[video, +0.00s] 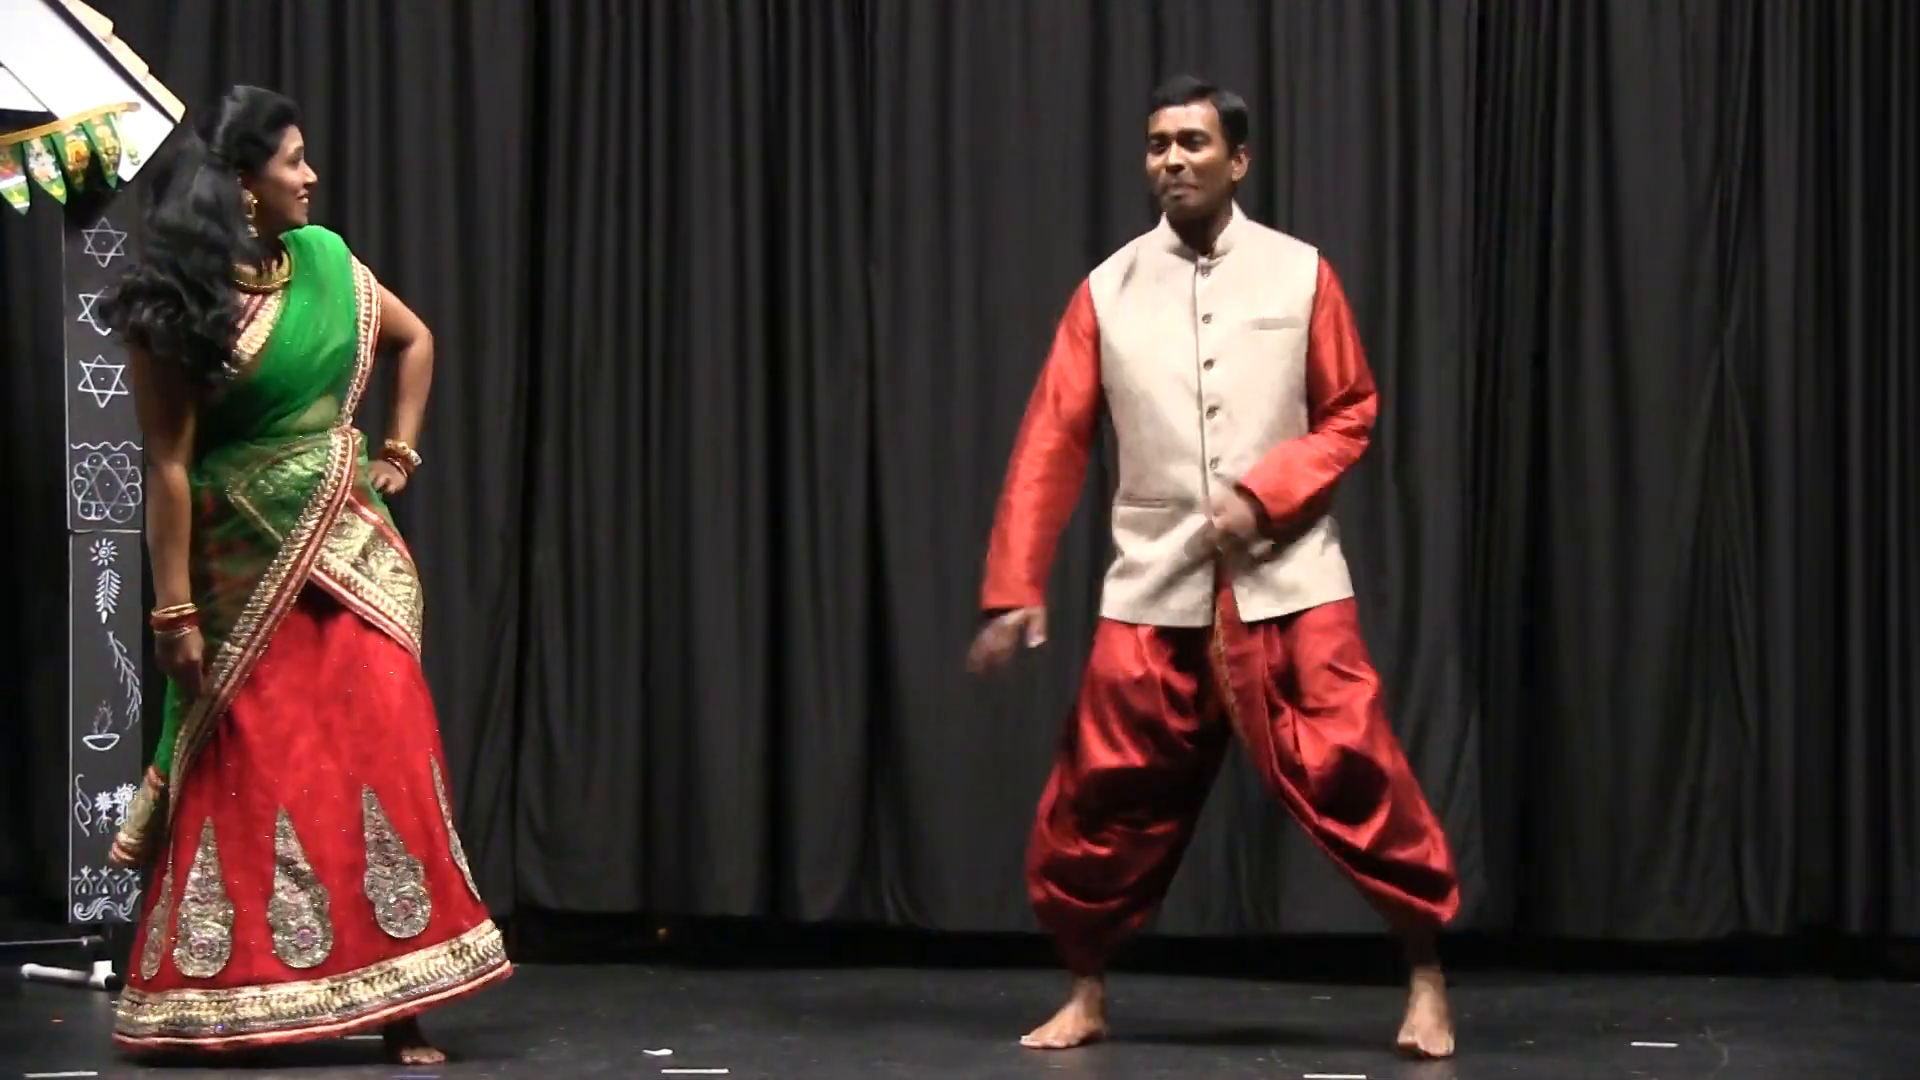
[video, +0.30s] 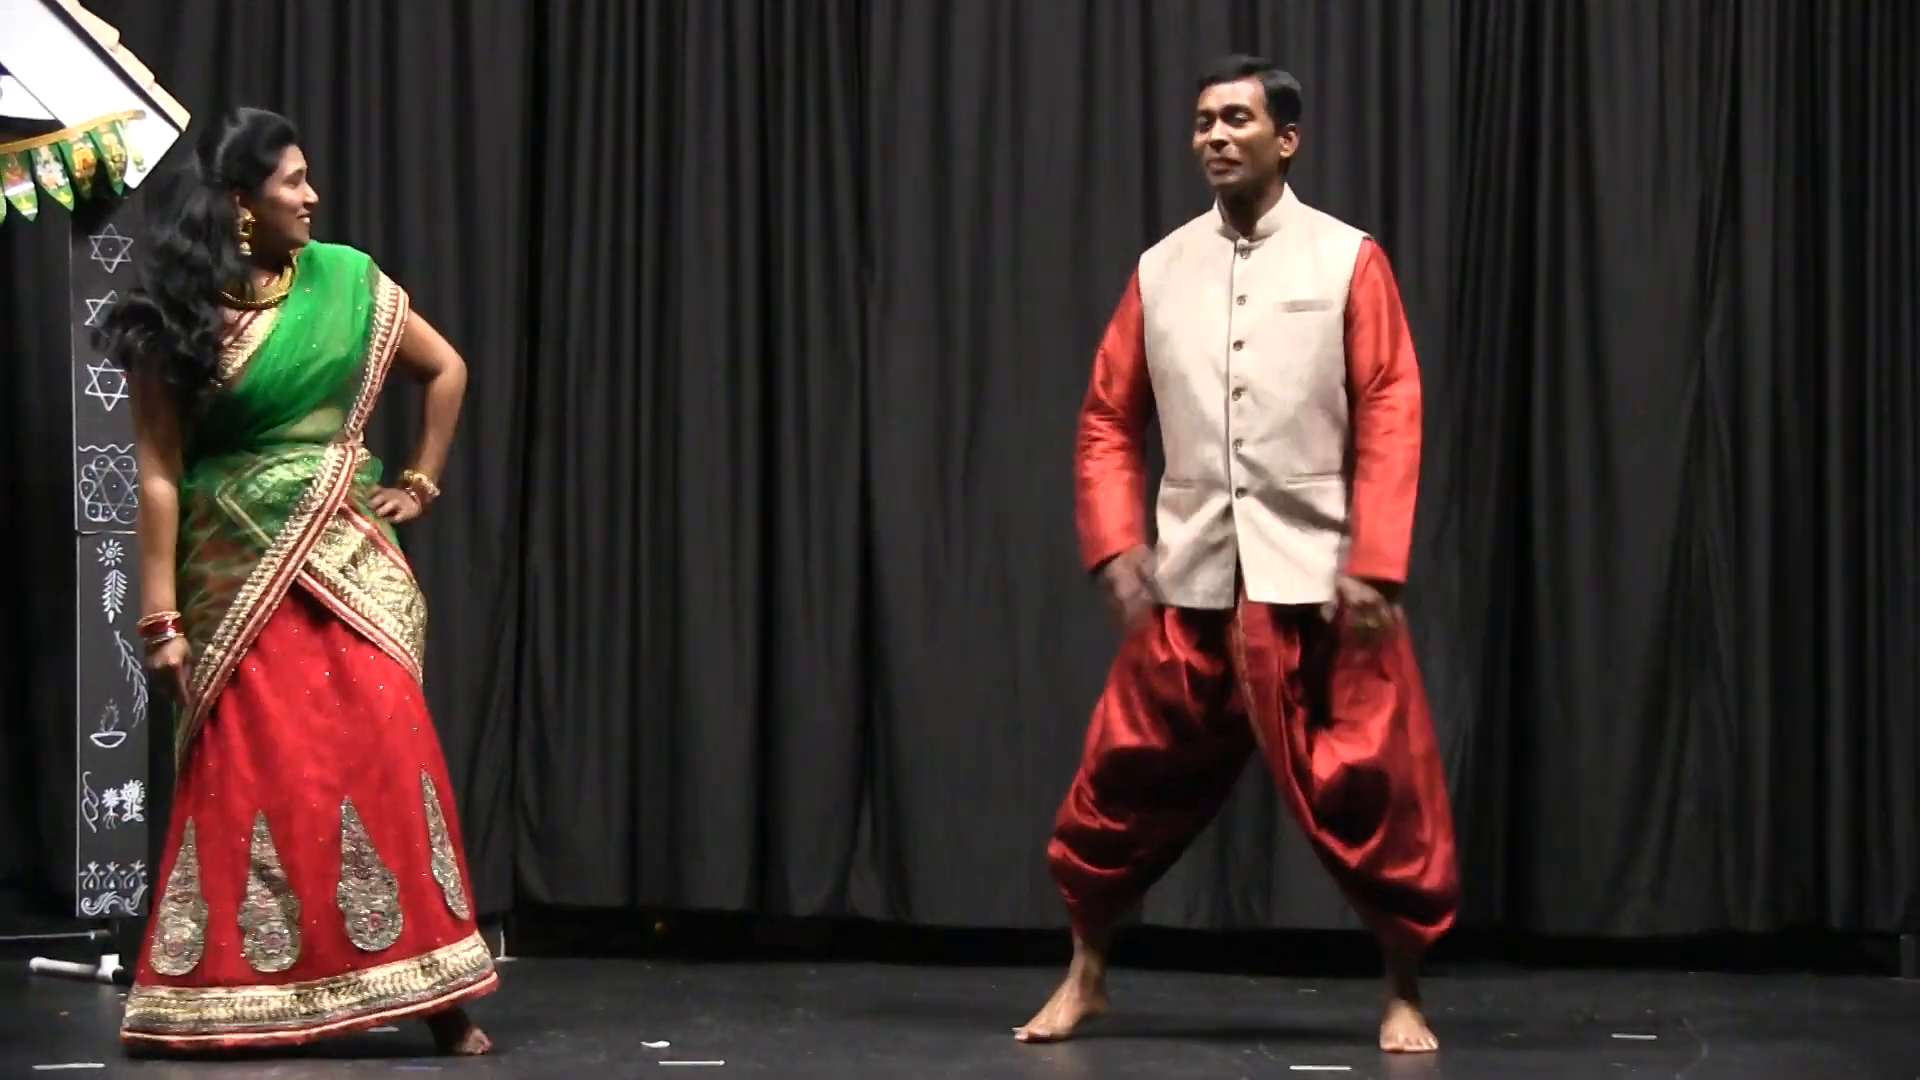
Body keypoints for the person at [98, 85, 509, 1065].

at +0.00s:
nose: (311, 176)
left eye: (308, 158)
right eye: (295, 160)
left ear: (284, 170)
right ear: (241, 178)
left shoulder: (326, 257)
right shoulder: (178, 306)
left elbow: (416, 340)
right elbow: (166, 461)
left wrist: (399, 451)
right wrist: (174, 606)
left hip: (353, 548)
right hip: (243, 568)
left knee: (387, 762)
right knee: (247, 777)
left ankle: (396, 1002)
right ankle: (224, 1009)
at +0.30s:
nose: (313, 195)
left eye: (310, 178)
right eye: (294, 181)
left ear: (297, 191)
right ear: (239, 199)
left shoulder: (351, 279)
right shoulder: (175, 315)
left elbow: (446, 367)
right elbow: (158, 465)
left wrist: (421, 480)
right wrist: (158, 610)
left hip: (353, 555)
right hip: (237, 571)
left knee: (394, 763)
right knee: (247, 778)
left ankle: (442, 995)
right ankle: (227, 1009)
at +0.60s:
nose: (313, 194)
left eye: (313, 177)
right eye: (296, 177)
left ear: (300, 188)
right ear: (241, 189)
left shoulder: (342, 272)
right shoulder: (170, 302)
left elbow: (457, 338)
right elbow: (154, 446)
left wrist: (434, 446)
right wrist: (173, 589)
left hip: (365, 540)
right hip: (252, 558)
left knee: (400, 749)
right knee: (255, 763)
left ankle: (447, 982)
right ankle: (242, 991)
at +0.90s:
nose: (311, 207)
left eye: (312, 190)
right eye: (292, 191)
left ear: (306, 201)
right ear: (239, 204)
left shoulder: (348, 284)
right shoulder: (176, 318)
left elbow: (462, 348)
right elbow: (165, 459)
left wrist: (442, 450)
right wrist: (181, 596)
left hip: (372, 543)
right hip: (258, 559)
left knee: (398, 743)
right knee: (263, 760)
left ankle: (448, 967)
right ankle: (276, 981)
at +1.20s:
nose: (325, 219)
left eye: (325, 206)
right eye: (306, 206)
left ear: (322, 217)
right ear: (256, 223)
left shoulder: (375, 295)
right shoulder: (210, 330)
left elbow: (477, 383)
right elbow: (191, 472)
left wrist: (444, 490)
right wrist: (192, 598)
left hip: (374, 542)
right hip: (263, 555)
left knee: (410, 719)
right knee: (278, 747)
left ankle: (463, 949)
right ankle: (294, 964)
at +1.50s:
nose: (419, 256)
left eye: (420, 244)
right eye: (403, 243)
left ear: (416, 256)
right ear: (358, 253)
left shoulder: (448, 325)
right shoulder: (306, 344)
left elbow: (539, 384)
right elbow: (281, 459)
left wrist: (511, 461)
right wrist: (275, 569)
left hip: (452, 531)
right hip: (362, 544)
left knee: (480, 688)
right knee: (369, 704)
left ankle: (535, 880)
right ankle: (375, 891)